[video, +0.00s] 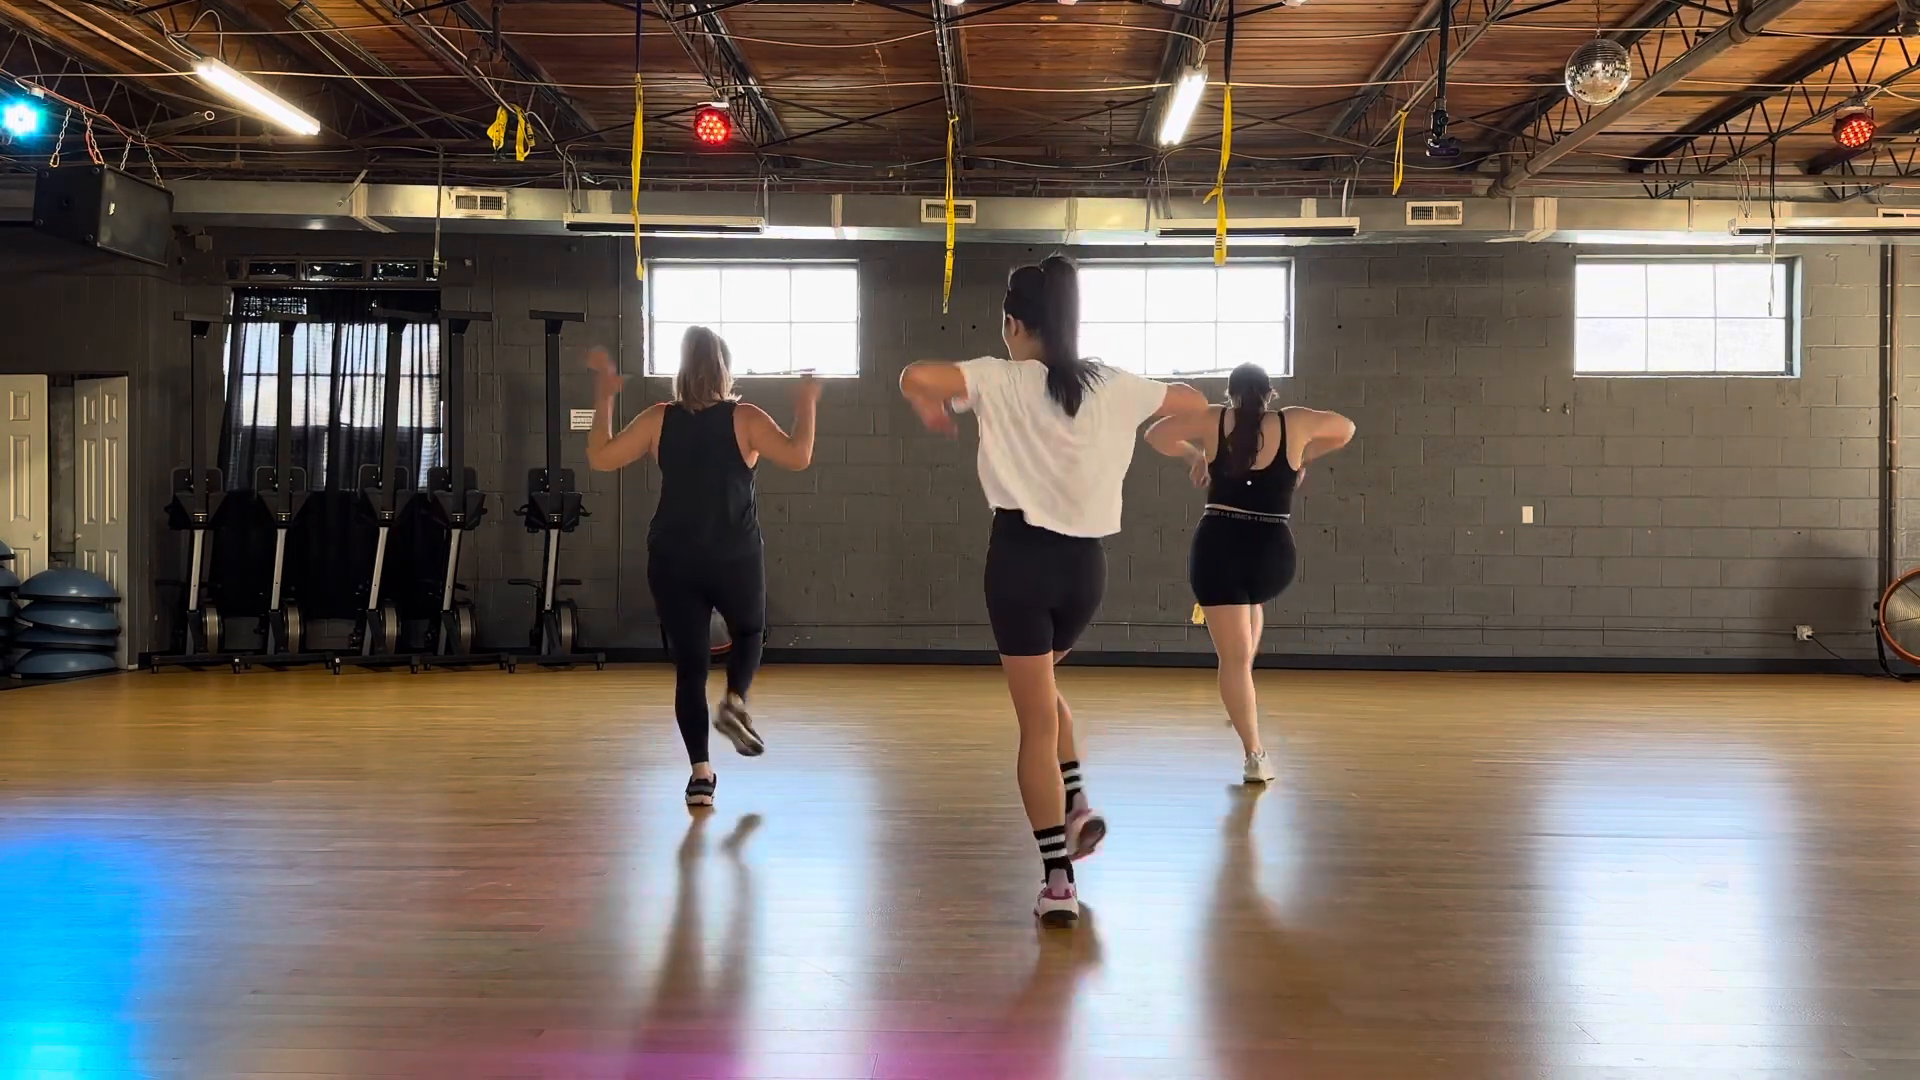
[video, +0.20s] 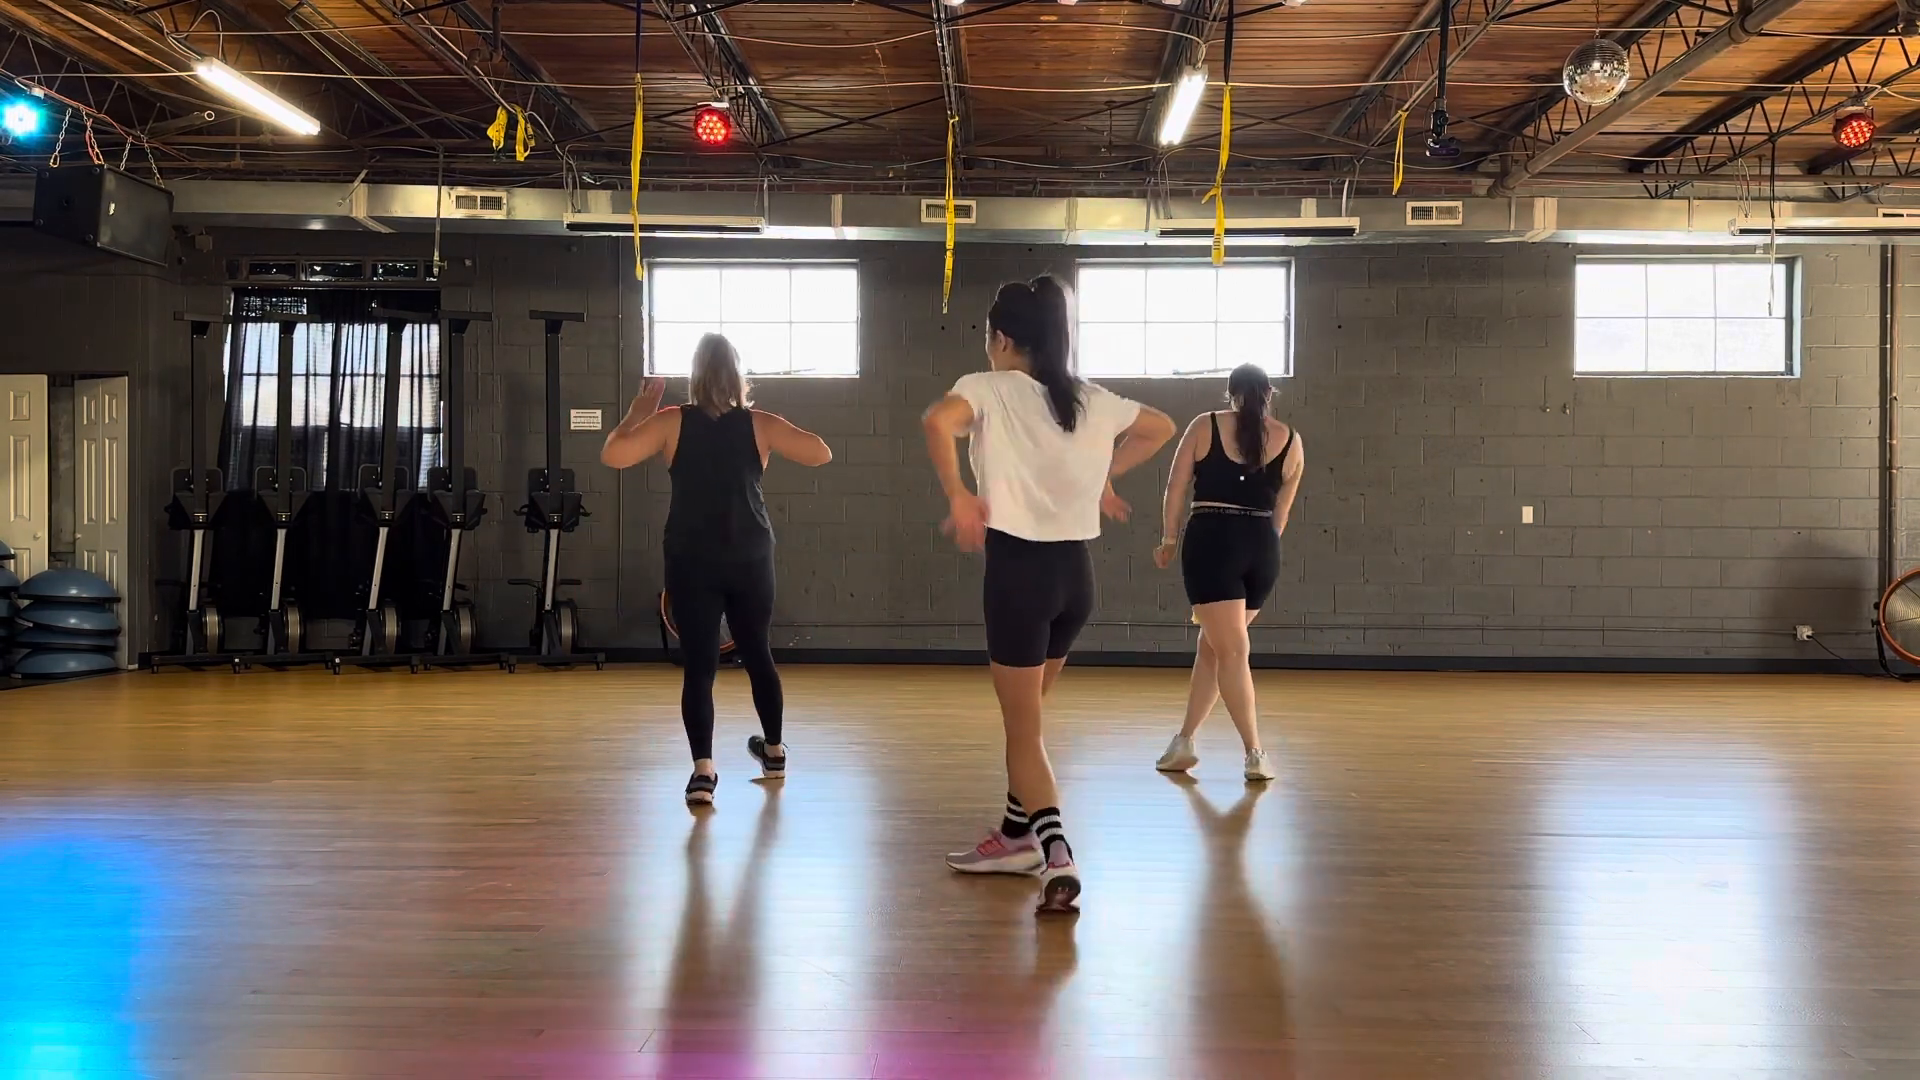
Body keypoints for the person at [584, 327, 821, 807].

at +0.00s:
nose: (723, 369)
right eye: (723, 360)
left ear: (682, 367)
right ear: (725, 367)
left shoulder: (659, 419)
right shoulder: (746, 417)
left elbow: (601, 456)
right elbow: (799, 456)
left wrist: (603, 395)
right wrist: (809, 397)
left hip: (673, 556)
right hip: (733, 555)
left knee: (690, 667)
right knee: (748, 630)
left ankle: (700, 770)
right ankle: (735, 699)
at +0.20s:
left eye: (704, 365)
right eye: (731, 366)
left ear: (696, 373)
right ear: (738, 374)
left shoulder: (671, 422)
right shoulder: (761, 425)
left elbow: (613, 454)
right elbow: (820, 453)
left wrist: (636, 412)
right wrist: (771, 426)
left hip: (692, 561)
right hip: (751, 558)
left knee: (698, 668)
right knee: (758, 654)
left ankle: (703, 768)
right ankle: (774, 747)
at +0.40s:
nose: (694, 382)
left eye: (697, 375)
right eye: (696, 375)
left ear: (707, 380)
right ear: (748, 381)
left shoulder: (688, 427)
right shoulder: (768, 427)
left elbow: (655, 467)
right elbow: (826, 455)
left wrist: (645, 446)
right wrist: (794, 465)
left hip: (711, 567)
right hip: (767, 563)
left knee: (706, 669)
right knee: (764, 655)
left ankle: (713, 759)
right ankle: (772, 752)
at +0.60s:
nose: (690, 381)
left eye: (700, 375)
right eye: (694, 373)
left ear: (727, 387)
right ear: (732, 390)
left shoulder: (713, 429)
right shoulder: (758, 429)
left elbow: (735, 476)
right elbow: (806, 457)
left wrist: (688, 502)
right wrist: (772, 493)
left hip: (732, 563)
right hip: (772, 556)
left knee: (699, 662)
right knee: (762, 651)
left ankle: (738, 752)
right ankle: (772, 749)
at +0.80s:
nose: (697, 385)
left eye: (709, 378)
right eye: (695, 377)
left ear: (737, 387)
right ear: (694, 386)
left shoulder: (745, 433)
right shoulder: (719, 432)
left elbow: (788, 488)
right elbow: (729, 493)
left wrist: (759, 551)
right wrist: (712, 544)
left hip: (743, 563)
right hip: (730, 560)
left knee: (701, 654)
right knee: (753, 653)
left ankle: (736, 757)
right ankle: (782, 738)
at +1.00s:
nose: (706, 377)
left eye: (717, 370)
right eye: (701, 370)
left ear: (738, 380)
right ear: (693, 379)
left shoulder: (762, 430)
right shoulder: (687, 426)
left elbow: (792, 492)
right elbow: (691, 494)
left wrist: (788, 552)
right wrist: (684, 549)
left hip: (748, 556)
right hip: (699, 555)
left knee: (726, 651)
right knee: (727, 648)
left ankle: (719, 756)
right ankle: (773, 724)